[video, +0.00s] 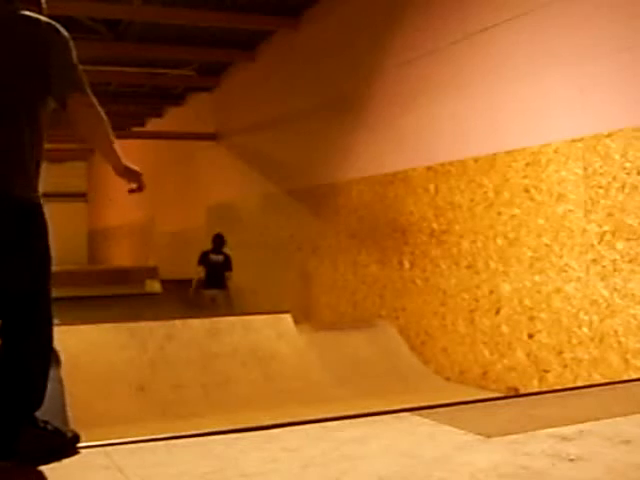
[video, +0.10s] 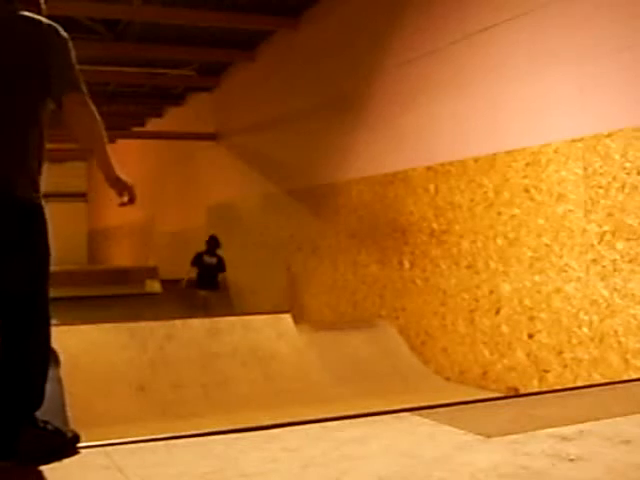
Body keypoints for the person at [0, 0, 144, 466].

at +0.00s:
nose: (46, 7)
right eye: (44, 4)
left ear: (22, 3)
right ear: (32, 0)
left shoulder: (42, 37)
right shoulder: (42, 35)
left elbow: (81, 106)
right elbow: (82, 106)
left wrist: (114, 163)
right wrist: (117, 164)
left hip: (18, 208)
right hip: (16, 208)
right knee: (26, 319)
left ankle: (17, 432)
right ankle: (17, 434)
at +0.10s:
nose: (46, 6)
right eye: (43, 4)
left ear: (20, 3)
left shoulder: (42, 37)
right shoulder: (42, 35)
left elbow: (77, 108)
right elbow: (77, 108)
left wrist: (107, 170)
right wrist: (109, 171)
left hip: (16, 207)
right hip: (14, 207)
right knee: (24, 318)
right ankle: (17, 432)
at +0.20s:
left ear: (22, 4)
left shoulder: (41, 37)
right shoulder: (41, 35)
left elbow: (75, 111)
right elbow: (75, 111)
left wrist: (101, 176)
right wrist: (103, 176)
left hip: (17, 210)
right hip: (16, 210)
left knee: (22, 324)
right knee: (23, 323)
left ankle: (20, 439)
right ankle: (20, 442)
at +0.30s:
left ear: (17, 3)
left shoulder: (38, 36)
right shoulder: (39, 35)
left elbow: (76, 106)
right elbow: (76, 106)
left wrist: (104, 170)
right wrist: (106, 170)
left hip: (15, 206)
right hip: (15, 205)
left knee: (22, 317)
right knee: (23, 316)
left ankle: (21, 431)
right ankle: (22, 432)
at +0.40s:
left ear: (12, 6)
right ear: (22, 3)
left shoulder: (37, 35)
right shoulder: (39, 34)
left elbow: (84, 96)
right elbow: (85, 97)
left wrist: (118, 158)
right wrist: (119, 158)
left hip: (18, 205)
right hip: (18, 204)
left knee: (23, 318)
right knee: (23, 317)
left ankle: (22, 439)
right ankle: (22, 439)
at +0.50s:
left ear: (11, 6)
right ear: (15, 3)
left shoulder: (36, 34)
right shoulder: (36, 33)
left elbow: (85, 85)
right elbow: (86, 86)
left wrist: (131, 145)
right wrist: (133, 145)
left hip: (19, 196)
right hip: (17, 196)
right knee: (28, 312)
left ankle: (19, 429)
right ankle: (22, 428)